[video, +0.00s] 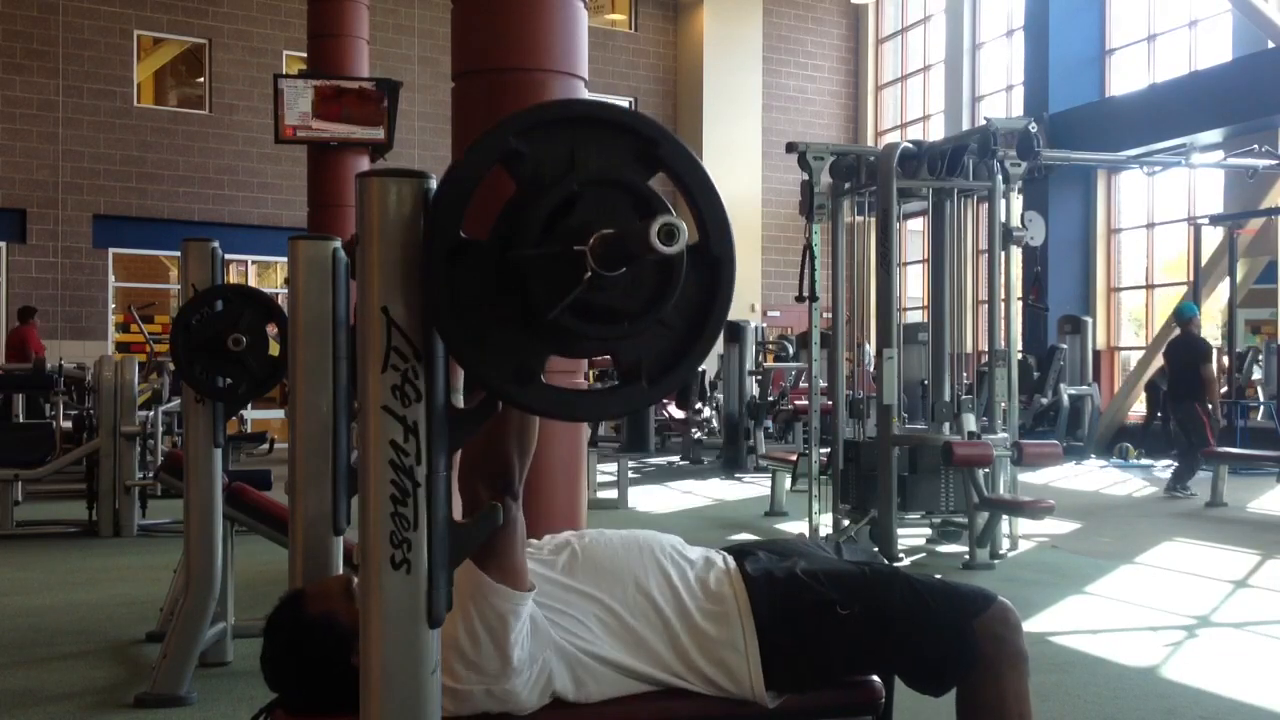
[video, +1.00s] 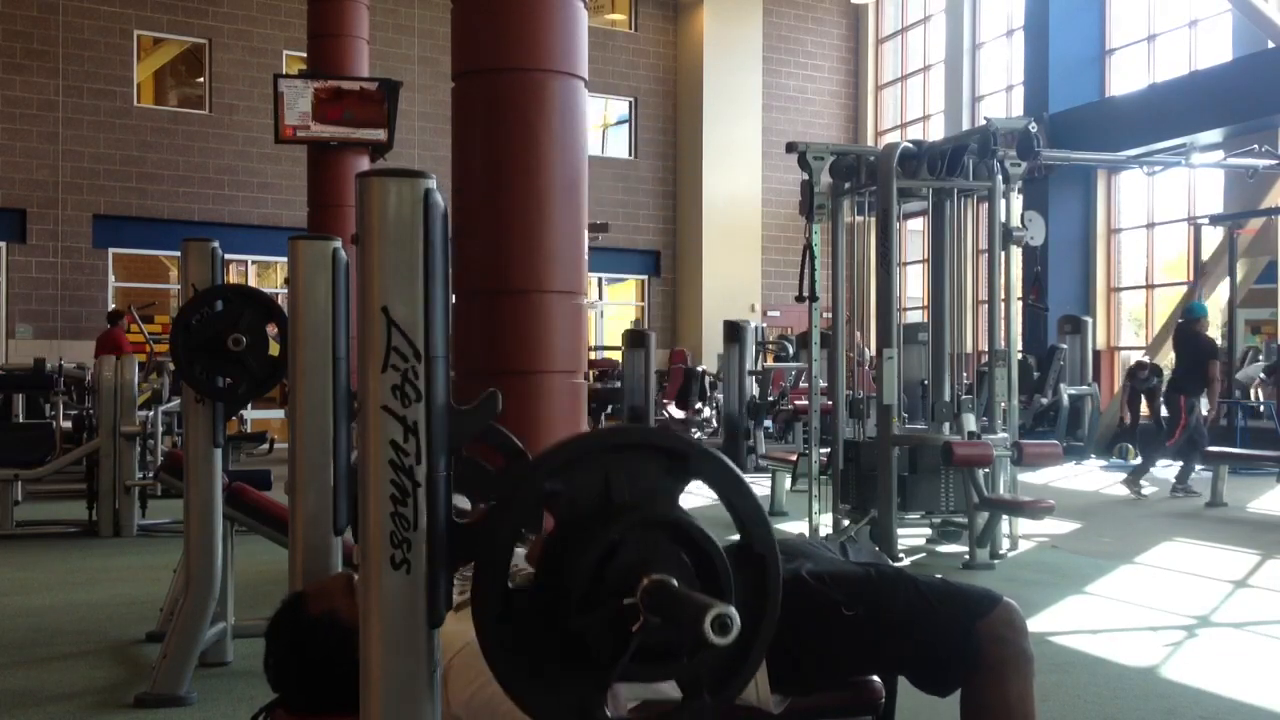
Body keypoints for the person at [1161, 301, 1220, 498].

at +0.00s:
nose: (1200, 320)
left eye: (1198, 317)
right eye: (1198, 317)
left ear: (1179, 323)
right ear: (1193, 320)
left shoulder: (1170, 346)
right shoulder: (1202, 345)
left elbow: (1171, 377)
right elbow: (1209, 378)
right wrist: (1216, 409)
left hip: (1174, 401)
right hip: (1194, 401)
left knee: (1191, 443)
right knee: (1205, 444)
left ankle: (1178, 482)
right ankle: (1178, 482)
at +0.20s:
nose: (1200, 297)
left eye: (1198, 293)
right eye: (1199, 294)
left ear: (1179, 297)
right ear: (1194, 295)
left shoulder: (1171, 319)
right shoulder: (1204, 315)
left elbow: (1167, 347)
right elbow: (1231, 331)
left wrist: (1176, 362)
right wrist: (1249, 344)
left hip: (1173, 376)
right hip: (1193, 377)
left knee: (1178, 422)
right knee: (1194, 425)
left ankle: (1172, 472)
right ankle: (1190, 474)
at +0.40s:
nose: (1202, 303)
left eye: (1199, 301)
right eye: (1200, 300)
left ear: (1182, 305)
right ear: (1198, 301)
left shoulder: (1175, 327)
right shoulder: (1206, 317)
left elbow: (1170, 360)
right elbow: (1229, 296)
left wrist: (1176, 377)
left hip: (1175, 383)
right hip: (1194, 384)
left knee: (1169, 427)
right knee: (1205, 424)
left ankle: (1135, 469)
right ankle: (1195, 480)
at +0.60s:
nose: (1204, 315)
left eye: (1197, 313)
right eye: (1203, 312)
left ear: (1185, 316)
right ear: (1203, 312)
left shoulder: (1181, 338)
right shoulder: (1208, 328)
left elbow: (1172, 364)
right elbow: (1226, 306)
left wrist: (1149, 374)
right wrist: (1231, 278)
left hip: (1172, 393)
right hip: (1193, 394)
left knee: (1166, 435)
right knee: (1206, 432)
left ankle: (1129, 474)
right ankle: (1192, 484)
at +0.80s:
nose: (1204, 300)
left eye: (1202, 297)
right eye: (1203, 297)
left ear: (1184, 298)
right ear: (1199, 297)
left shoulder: (1178, 316)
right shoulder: (1208, 314)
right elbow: (1235, 326)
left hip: (1169, 372)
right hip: (1186, 376)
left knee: (1173, 422)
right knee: (1183, 421)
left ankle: (1172, 472)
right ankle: (1161, 470)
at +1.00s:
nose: (1208, 324)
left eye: (1207, 320)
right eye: (1206, 320)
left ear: (1187, 320)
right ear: (1201, 321)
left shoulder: (1179, 334)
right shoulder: (1208, 344)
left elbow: (1186, 310)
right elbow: (1213, 378)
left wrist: (1195, 286)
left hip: (1178, 394)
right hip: (1184, 397)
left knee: (1200, 440)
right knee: (1172, 440)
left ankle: (1181, 483)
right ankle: (1134, 478)